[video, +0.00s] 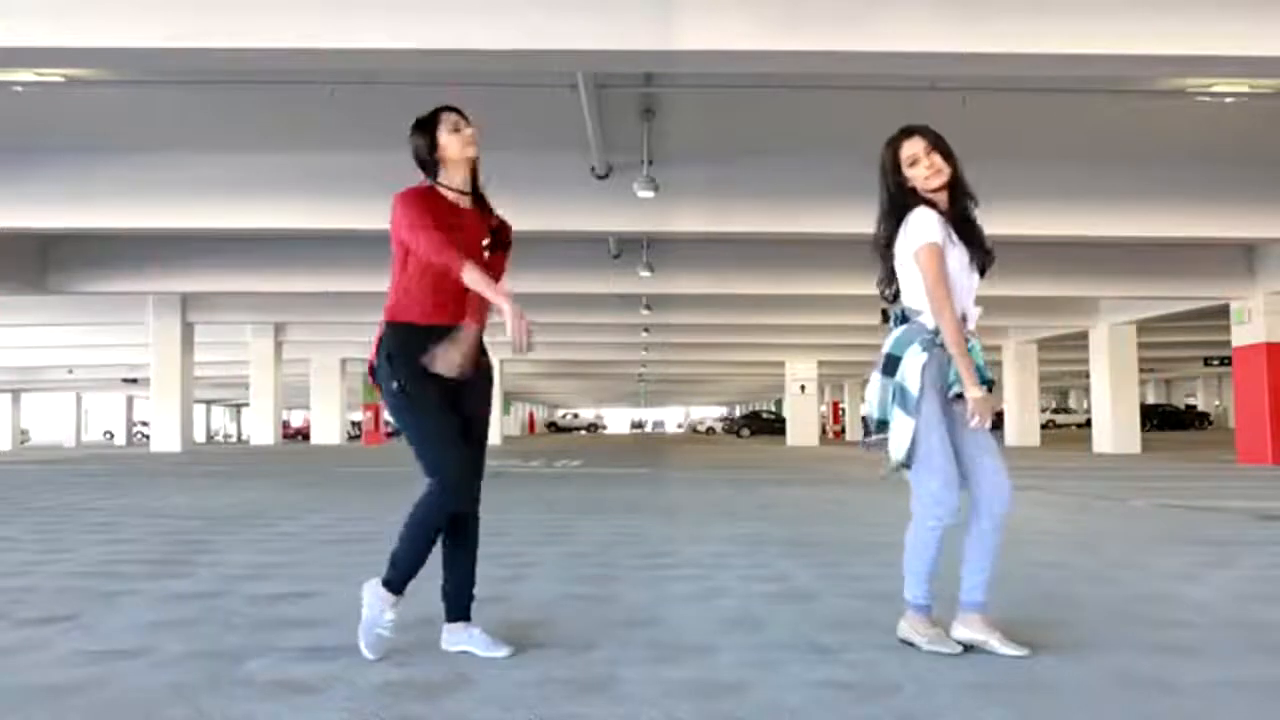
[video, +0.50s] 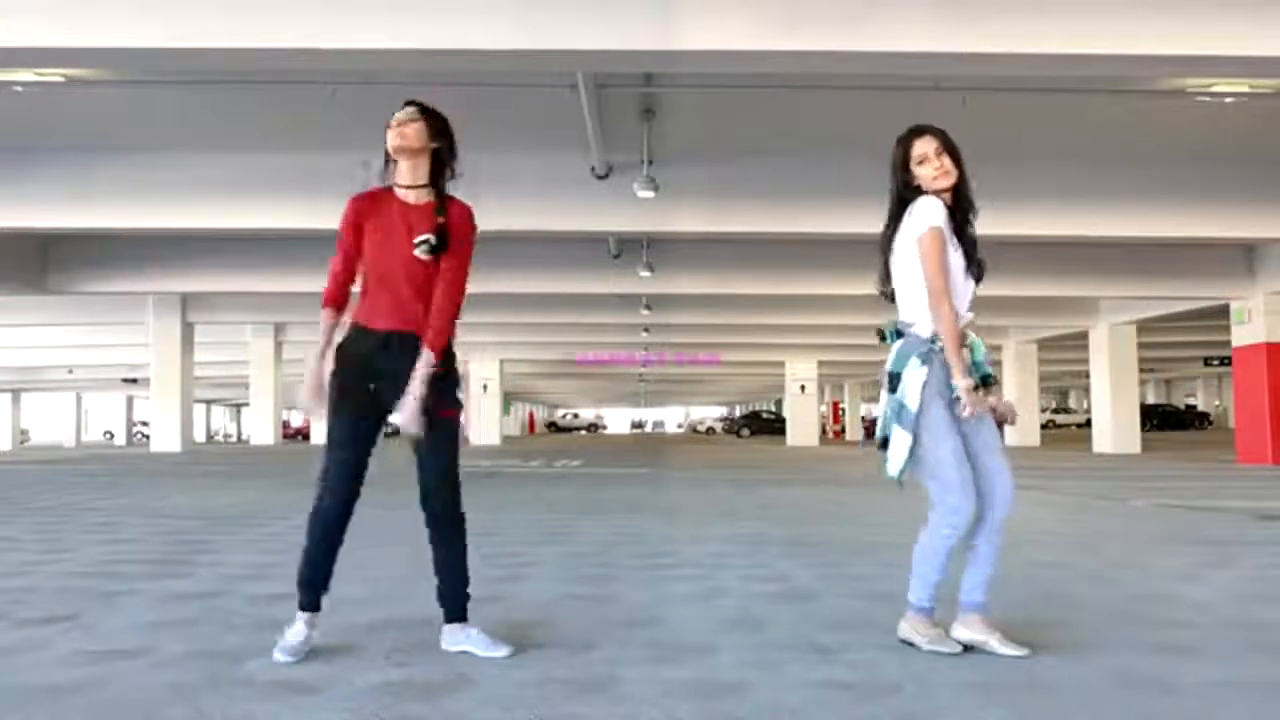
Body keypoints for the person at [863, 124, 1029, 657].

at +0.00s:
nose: (930, 164)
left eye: (934, 152)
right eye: (915, 163)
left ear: (949, 158)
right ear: (904, 180)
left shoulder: (952, 226)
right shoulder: (921, 223)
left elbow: (954, 309)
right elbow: (940, 307)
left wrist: (972, 379)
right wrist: (972, 383)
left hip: (958, 365)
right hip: (923, 365)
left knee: (994, 488)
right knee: (936, 492)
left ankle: (971, 615)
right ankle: (916, 615)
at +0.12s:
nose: (933, 169)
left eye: (937, 158)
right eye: (918, 167)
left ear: (952, 164)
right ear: (906, 183)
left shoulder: (951, 231)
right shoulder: (921, 226)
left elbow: (950, 317)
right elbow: (939, 313)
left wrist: (972, 384)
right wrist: (972, 387)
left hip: (953, 371)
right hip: (921, 369)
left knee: (997, 490)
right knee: (937, 494)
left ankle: (971, 617)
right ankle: (915, 616)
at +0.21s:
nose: (933, 163)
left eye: (937, 151)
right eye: (919, 160)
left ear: (952, 157)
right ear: (907, 176)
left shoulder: (947, 223)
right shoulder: (922, 217)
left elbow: (951, 308)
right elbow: (940, 304)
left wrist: (977, 374)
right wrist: (971, 379)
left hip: (954, 366)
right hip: (922, 365)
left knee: (994, 490)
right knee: (938, 493)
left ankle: (971, 616)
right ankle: (915, 615)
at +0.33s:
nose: (938, 164)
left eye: (941, 153)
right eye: (923, 162)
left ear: (956, 160)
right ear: (910, 177)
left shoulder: (944, 224)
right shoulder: (925, 213)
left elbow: (953, 317)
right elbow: (940, 303)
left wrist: (987, 390)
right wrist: (970, 377)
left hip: (955, 373)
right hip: (923, 372)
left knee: (997, 489)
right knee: (957, 500)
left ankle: (971, 616)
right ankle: (917, 615)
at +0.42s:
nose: (938, 170)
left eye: (943, 159)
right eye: (924, 167)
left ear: (957, 166)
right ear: (911, 181)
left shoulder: (941, 230)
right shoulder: (926, 217)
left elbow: (954, 323)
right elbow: (939, 304)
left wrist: (989, 396)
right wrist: (967, 378)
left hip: (955, 377)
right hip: (924, 376)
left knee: (1001, 493)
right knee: (961, 505)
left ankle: (972, 617)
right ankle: (918, 616)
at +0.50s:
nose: (938, 165)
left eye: (942, 154)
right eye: (924, 162)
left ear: (956, 160)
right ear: (911, 176)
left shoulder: (942, 225)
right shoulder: (926, 212)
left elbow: (953, 319)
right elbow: (939, 300)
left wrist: (987, 394)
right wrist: (963, 378)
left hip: (955, 369)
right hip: (926, 368)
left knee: (998, 492)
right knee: (955, 502)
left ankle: (971, 617)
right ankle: (917, 616)